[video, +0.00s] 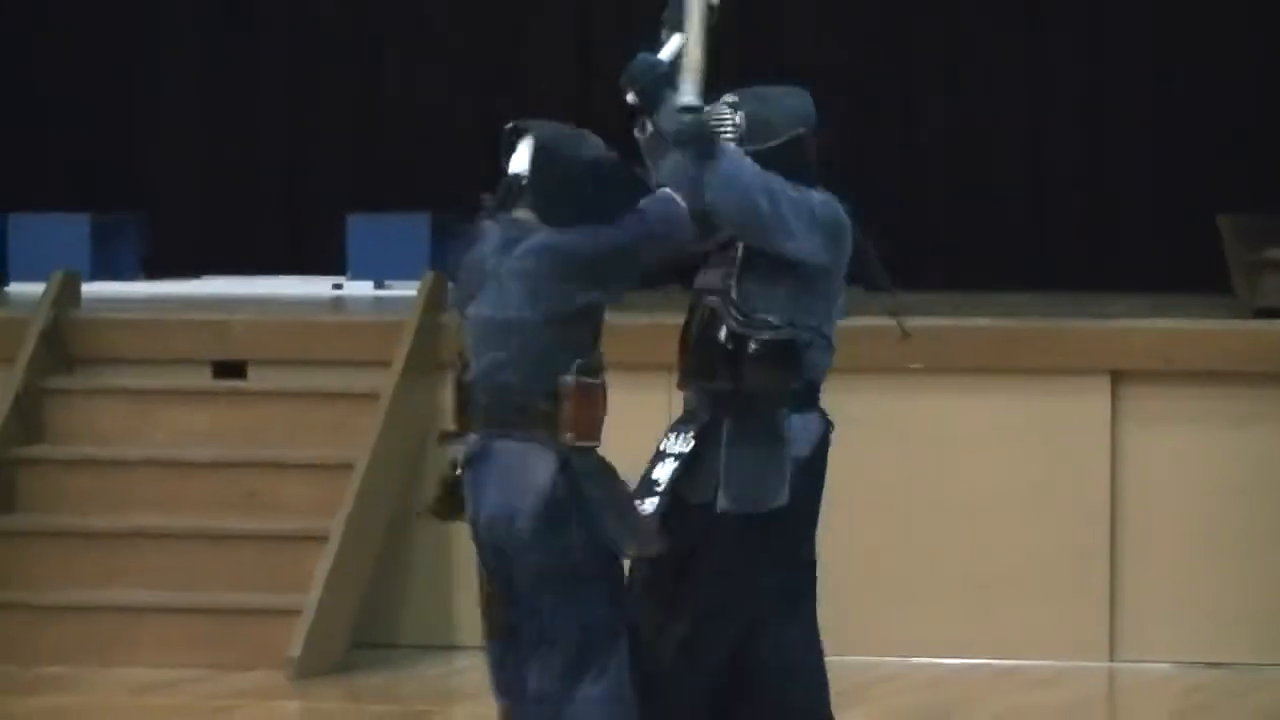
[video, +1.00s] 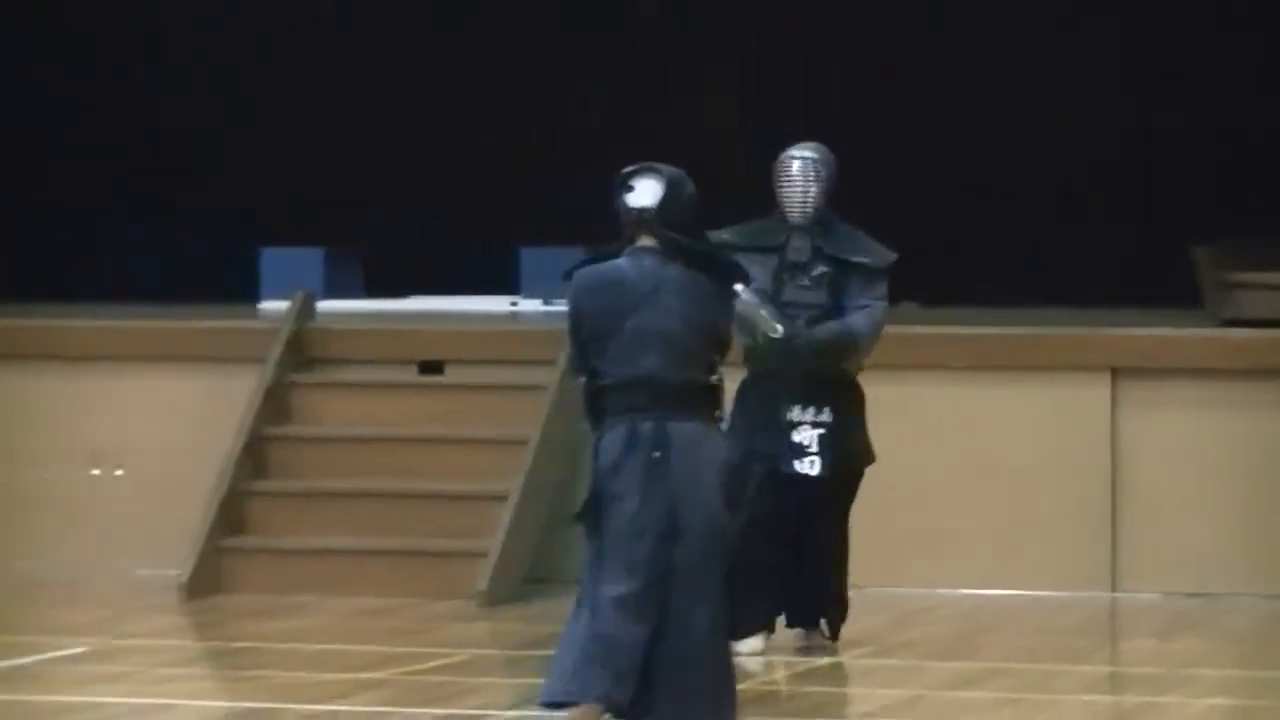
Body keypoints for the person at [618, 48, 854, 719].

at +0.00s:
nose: (718, 165)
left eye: (727, 150)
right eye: (715, 152)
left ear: (771, 150)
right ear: (769, 150)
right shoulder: (731, 217)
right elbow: (669, 192)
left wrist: (672, 114)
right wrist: (659, 132)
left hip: (774, 432)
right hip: (710, 426)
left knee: (763, 603)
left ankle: (776, 708)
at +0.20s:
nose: (704, 111)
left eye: (717, 98)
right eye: (702, 100)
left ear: (752, 106)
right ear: (711, 115)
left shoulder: (805, 178)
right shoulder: (699, 180)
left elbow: (766, 173)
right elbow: (655, 146)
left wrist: (719, 105)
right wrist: (644, 99)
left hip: (754, 383)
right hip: (682, 377)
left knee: (744, 543)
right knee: (672, 538)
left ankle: (754, 693)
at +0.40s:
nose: (700, 151)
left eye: (710, 137)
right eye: (695, 137)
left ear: (744, 138)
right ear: (687, 143)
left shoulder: (785, 209)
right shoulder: (676, 203)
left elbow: (769, 184)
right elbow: (644, 147)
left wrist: (717, 124)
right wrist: (666, 86)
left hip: (743, 394)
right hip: (669, 388)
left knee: (743, 535)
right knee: (634, 524)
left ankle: (743, 687)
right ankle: (674, 673)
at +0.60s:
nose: (718, 196)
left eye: (729, 183)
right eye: (709, 185)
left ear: (750, 183)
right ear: (690, 189)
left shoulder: (780, 239)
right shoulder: (672, 250)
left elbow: (799, 259)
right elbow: (657, 193)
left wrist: (751, 181)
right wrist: (692, 133)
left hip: (754, 401)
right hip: (679, 401)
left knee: (760, 535)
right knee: (670, 535)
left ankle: (773, 664)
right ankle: (674, 669)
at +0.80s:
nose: (760, 155)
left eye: (770, 146)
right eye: (752, 144)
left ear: (786, 155)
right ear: (736, 149)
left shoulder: (814, 223)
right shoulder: (704, 214)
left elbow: (820, 282)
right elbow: (688, 267)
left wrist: (758, 278)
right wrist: (727, 226)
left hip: (784, 382)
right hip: (713, 380)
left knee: (787, 519)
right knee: (703, 510)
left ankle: (788, 644)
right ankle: (714, 636)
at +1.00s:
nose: (799, 190)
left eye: (809, 179)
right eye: (790, 178)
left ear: (826, 186)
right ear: (777, 183)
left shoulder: (859, 256)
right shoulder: (743, 248)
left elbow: (864, 328)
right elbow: (738, 318)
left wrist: (793, 341)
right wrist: (812, 345)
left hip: (831, 395)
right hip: (764, 395)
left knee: (824, 513)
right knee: (755, 509)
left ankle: (815, 623)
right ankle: (750, 628)